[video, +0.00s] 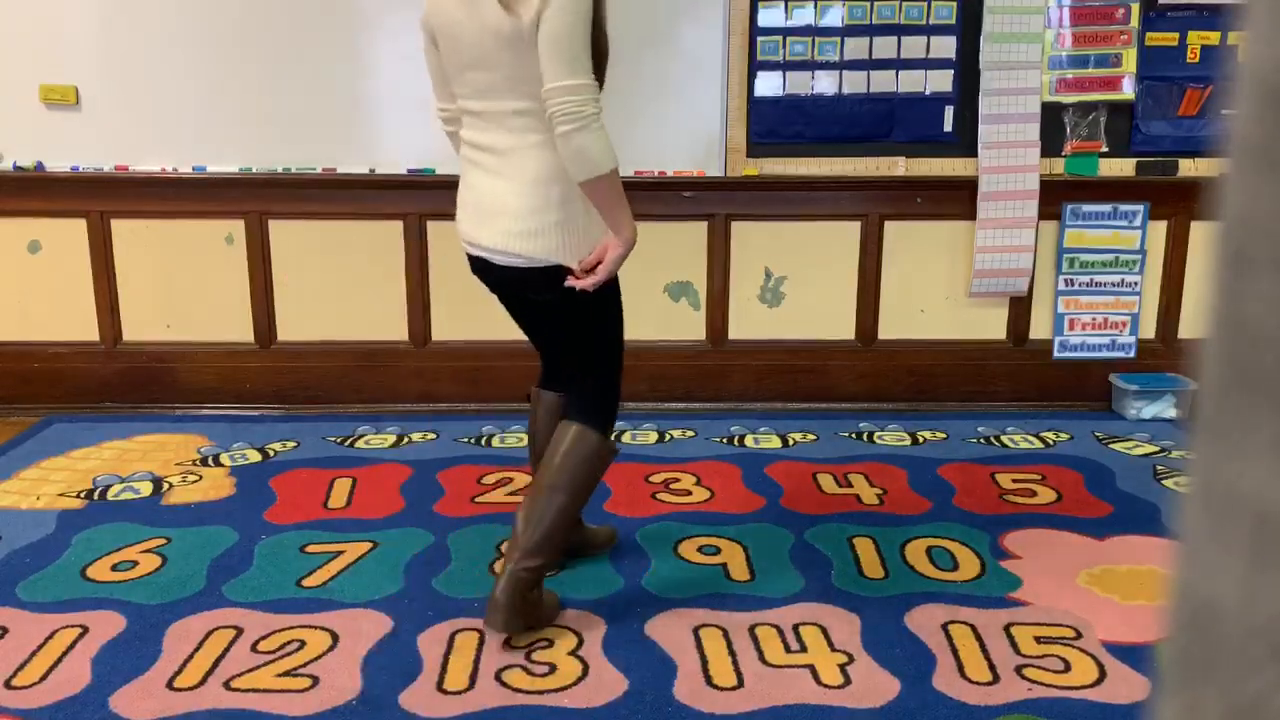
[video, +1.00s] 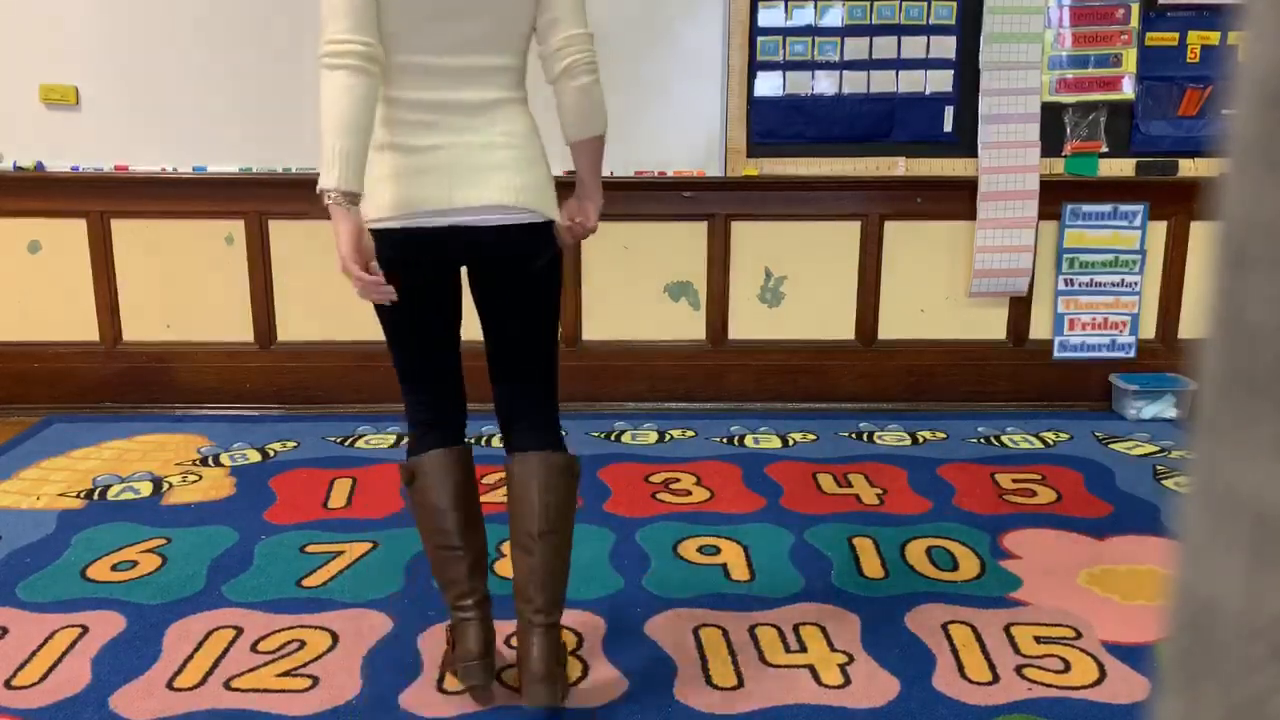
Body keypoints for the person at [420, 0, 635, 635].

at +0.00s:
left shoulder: (440, 4)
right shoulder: (558, 3)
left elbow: (451, 114)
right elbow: (572, 109)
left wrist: (498, 185)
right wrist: (621, 224)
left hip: (485, 234)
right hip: (555, 237)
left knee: (560, 368)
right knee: (594, 400)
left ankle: (549, 525)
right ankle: (521, 580)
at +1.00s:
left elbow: (351, 56)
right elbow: (571, 56)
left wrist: (341, 204)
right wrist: (590, 183)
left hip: (401, 204)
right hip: (514, 199)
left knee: (433, 418)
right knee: (531, 416)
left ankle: (469, 633)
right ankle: (541, 645)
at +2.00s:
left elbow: (154, 61)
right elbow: (331, 53)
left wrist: (146, 187)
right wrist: (391, 171)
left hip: (217, 190)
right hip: (313, 190)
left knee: (255, 379)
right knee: (337, 381)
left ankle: (269, 569)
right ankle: (290, 580)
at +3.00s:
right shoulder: (138, 7)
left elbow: (217, 50)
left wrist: (209, 203)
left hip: (196, 201)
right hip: (174, 198)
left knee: (142, 417)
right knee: (173, 410)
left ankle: (244, 617)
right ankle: (253, 596)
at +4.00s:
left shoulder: (104, 12)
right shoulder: (159, 5)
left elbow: (101, 117)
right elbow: (179, 108)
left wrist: (106, 270)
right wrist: (250, 279)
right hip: (175, 268)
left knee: (292, 453)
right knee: (267, 471)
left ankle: (210, 654)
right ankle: (151, 696)